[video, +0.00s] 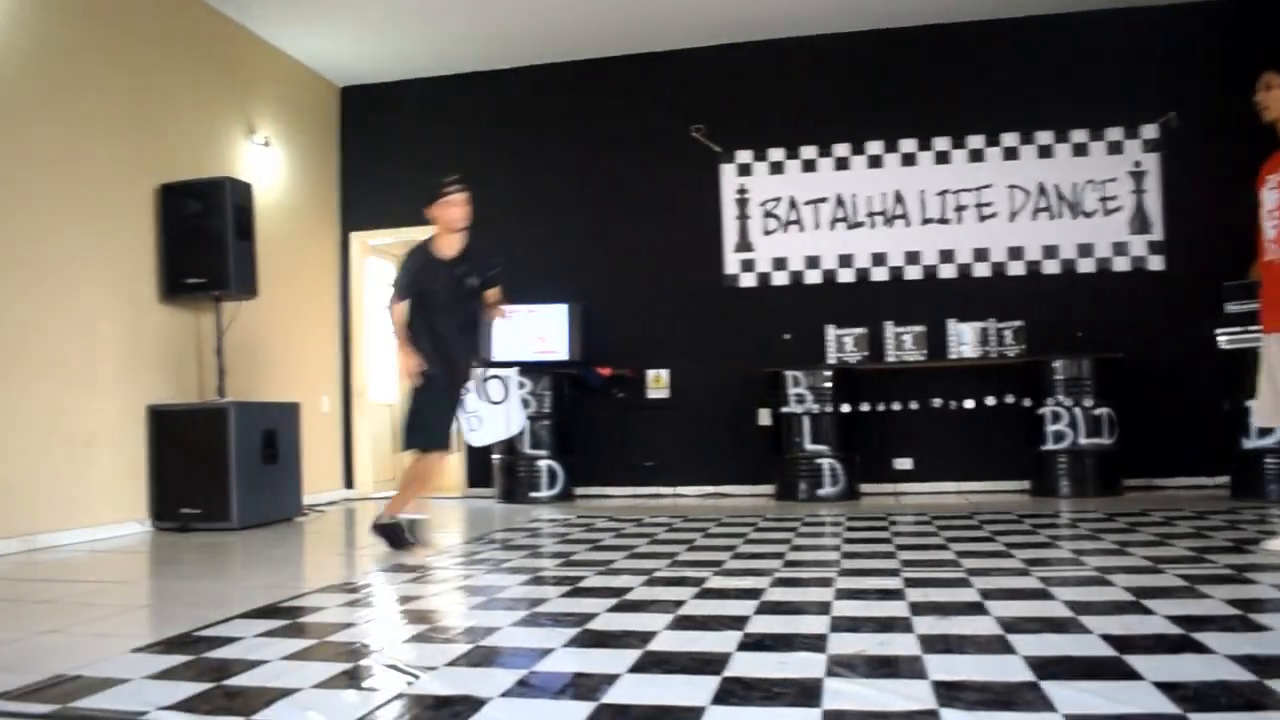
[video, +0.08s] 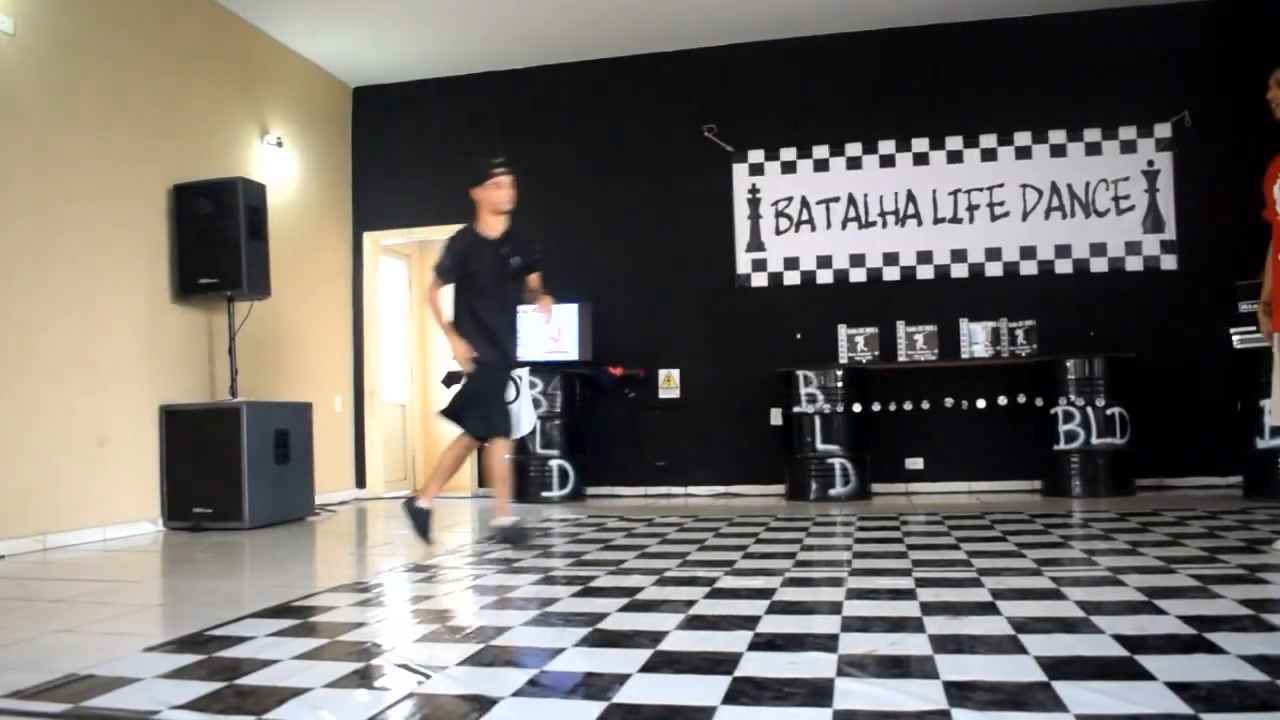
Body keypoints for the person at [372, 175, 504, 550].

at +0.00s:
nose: (461, 211)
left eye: (464, 203)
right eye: (451, 204)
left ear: (471, 209)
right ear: (433, 213)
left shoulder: (479, 256)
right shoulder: (418, 258)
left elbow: (492, 303)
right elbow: (398, 306)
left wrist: (500, 315)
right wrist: (405, 348)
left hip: (460, 357)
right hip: (427, 356)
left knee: (434, 443)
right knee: (431, 443)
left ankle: (392, 515)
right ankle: (397, 514)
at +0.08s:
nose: (506, 192)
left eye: (509, 185)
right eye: (496, 185)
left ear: (514, 192)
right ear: (477, 194)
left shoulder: (519, 240)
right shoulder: (463, 242)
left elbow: (534, 287)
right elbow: (432, 292)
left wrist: (542, 300)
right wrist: (453, 338)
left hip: (505, 349)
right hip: (477, 348)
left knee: (473, 434)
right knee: (499, 432)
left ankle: (422, 501)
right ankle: (503, 520)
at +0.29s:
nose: (606, 204)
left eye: (609, 197)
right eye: (597, 197)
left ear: (610, 202)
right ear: (575, 202)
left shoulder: (602, 254)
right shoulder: (564, 250)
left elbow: (602, 310)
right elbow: (544, 305)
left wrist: (612, 347)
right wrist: (589, 347)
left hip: (599, 361)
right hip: (580, 363)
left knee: (597, 448)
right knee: (609, 445)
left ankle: (546, 502)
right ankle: (587, 526)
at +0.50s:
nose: (680, 186)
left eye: (682, 179)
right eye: (671, 179)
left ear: (679, 184)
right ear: (648, 183)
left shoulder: (669, 231)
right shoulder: (644, 229)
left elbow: (666, 290)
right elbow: (633, 288)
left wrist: (692, 322)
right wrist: (687, 311)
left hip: (686, 349)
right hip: (661, 351)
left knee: (708, 429)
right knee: (651, 433)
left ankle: (726, 517)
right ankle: (605, 507)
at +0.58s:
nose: (708, 195)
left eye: (710, 188)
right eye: (699, 188)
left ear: (708, 192)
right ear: (676, 191)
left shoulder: (702, 240)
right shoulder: (672, 237)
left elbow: (702, 299)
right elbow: (666, 300)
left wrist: (728, 313)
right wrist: (716, 328)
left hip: (724, 353)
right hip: (698, 356)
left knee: (752, 433)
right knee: (700, 440)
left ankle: (763, 523)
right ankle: (627, 498)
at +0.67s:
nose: (737, 199)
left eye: (739, 192)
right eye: (728, 193)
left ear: (741, 197)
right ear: (706, 198)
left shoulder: (733, 246)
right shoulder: (702, 246)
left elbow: (739, 311)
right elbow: (689, 311)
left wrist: (777, 311)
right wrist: (737, 346)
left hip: (759, 359)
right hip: (731, 363)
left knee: (790, 440)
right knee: (753, 448)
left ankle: (767, 523)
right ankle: (686, 503)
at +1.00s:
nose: (779, 187)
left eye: (783, 180)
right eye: (770, 182)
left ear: (790, 183)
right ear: (753, 188)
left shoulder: (815, 229)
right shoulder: (745, 245)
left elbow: (831, 281)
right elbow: (737, 305)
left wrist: (839, 306)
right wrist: (753, 345)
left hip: (830, 345)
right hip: (790, 353)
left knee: (837, 432)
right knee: (831, 434)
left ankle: (800, 497)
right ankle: (858, 521)